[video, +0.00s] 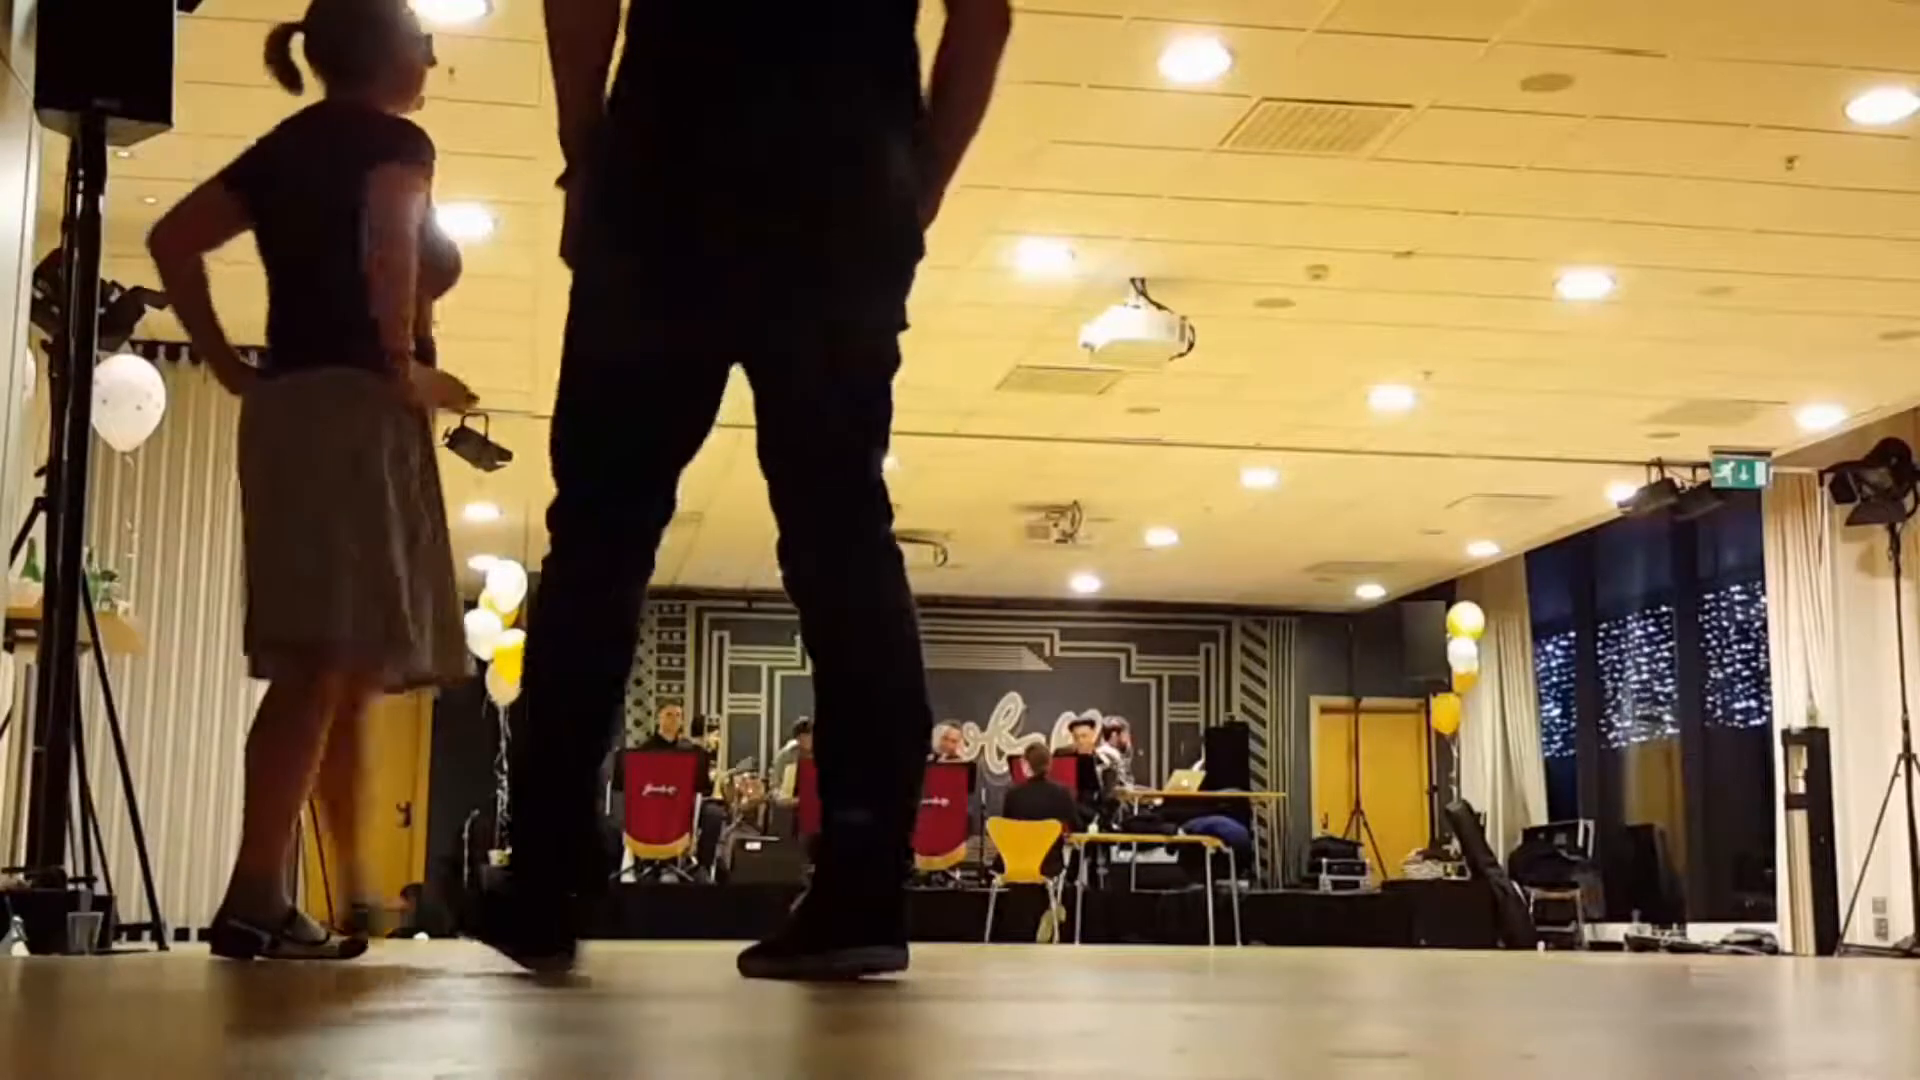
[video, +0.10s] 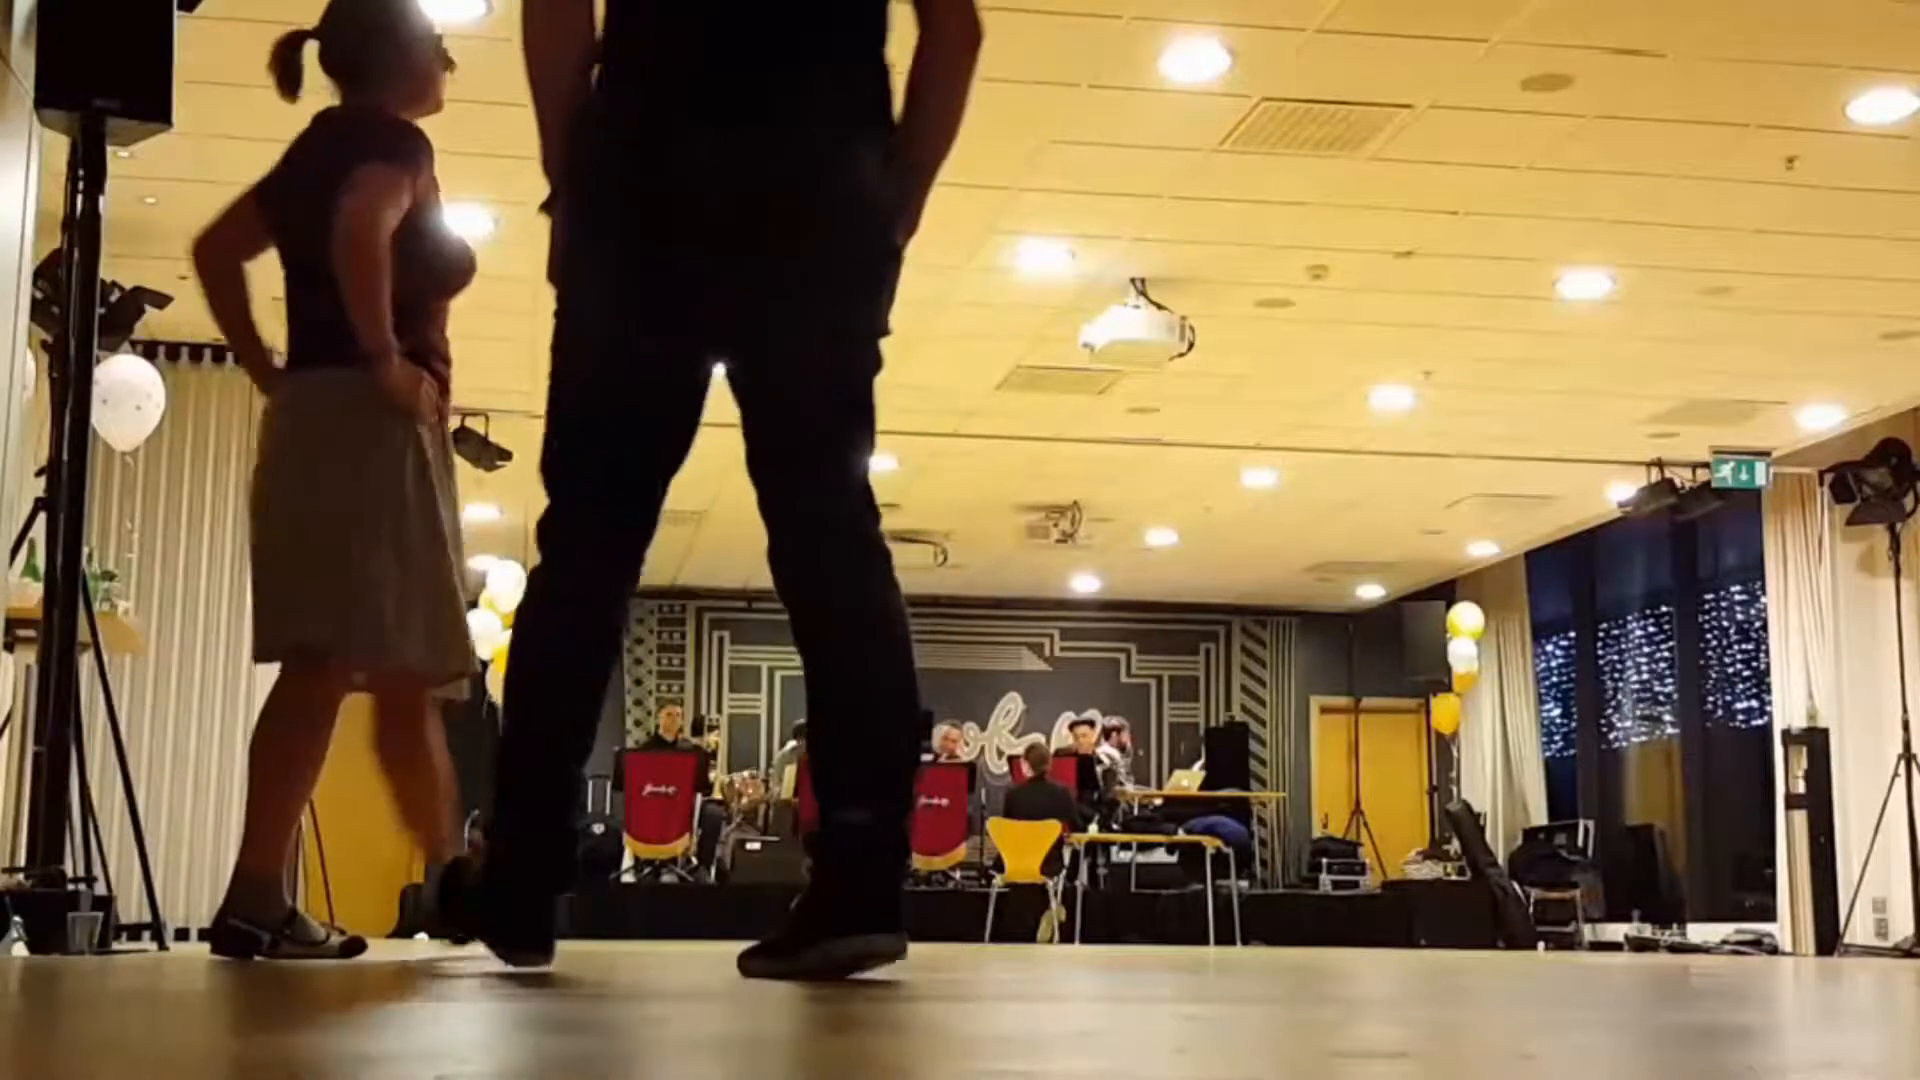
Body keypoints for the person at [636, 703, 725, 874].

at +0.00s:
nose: (673, 721)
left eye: (677, 716)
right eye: (668, 715)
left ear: (682, 721)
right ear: (658, 719)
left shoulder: (695, 752)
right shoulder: (643, 751)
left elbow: (704, 789)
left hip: (684, 809)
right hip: (650, 808)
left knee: (714, 814)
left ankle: (704, 868)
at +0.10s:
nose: (673, 721)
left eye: (677, 716)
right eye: (668, 715)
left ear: (682, 721)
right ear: (658, 719)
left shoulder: (694, 752)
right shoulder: (643, 751)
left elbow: (704, 789)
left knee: (714, 814)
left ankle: (703, 867)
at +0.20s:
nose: (673, 720)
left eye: (677, 716)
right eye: (668, 715)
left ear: (682, 721)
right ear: (659, 718)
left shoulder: (694, 752)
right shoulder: (643, 751)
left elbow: (704, 788)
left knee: (714, 813)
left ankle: (703, 868)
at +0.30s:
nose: (674, 720)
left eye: (678, 716)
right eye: (669, 715)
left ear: (683, 721)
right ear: (659, 719)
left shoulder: (694, 751)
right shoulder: (645, 750)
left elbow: (704, 787)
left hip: (684, 807)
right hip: (652, 806)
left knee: (714, 814)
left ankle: (704, 867)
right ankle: (644, 865)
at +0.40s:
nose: (674, 720)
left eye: (678, 716)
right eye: (669, 715)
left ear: (683, 721)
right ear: (659, 719)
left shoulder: (694, 751)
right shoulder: (644, 750)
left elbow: (704, 787)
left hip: (684, 807)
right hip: (651, 805)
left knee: (713, 814)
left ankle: (704, 867)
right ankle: (644, 865)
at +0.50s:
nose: (674, 720)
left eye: (677, 716)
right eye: (669, 715)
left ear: (683, 721)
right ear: (659, 719)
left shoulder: (695, 752)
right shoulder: (644, 750)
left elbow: (704, 787)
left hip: (684, 807)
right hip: (651, 806)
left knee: (714, 814)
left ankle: (704, 867)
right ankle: (644, 865)